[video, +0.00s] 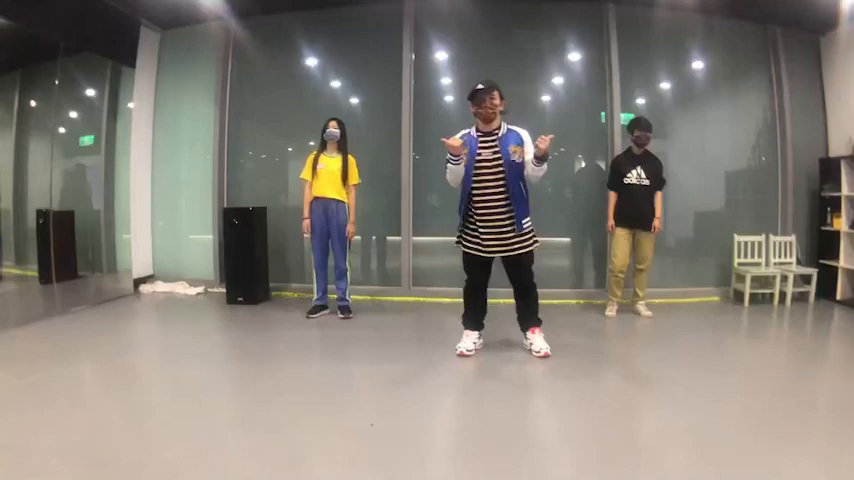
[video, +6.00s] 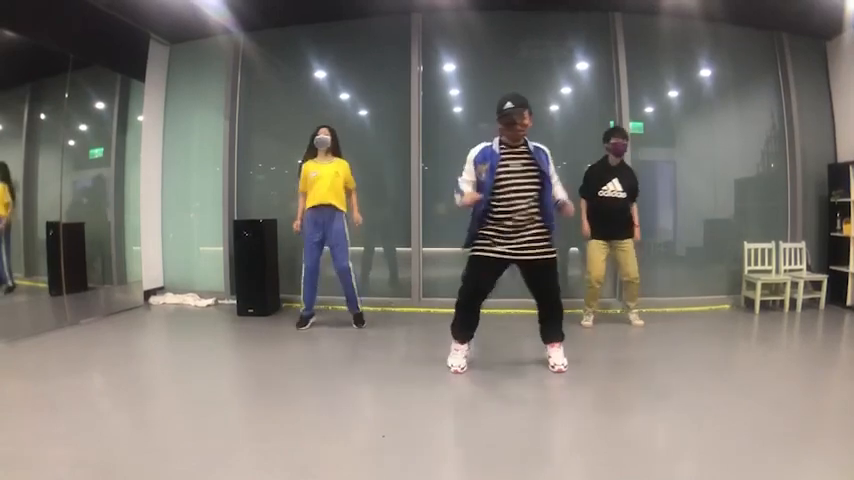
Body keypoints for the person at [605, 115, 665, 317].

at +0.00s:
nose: (642, 138)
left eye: (646, 135)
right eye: (639, 135)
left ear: (650, 137)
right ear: (631, 135)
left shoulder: (655, 162)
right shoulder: (619, 161)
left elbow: (658, 191)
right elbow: (613, 191)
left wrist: (658, 217)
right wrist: (610, 217)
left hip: (646, 221)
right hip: (622, 221)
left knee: (643, 265)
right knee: (618, 265)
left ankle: (639, 300)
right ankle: (613, 301)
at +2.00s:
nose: (640, 135)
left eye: (643, 131)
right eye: (635, 131)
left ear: (648, 134)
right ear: (628, 134)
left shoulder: (654, 160)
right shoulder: (618, 161)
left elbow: (657, 189)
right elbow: (612, 191)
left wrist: (653, 213)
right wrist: (609, 217)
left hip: (646, 222)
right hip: (622, 222)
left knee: (645, 266)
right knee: (619, 267)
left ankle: (641, 301)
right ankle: (615, 302)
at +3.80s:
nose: (639, 144)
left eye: (642, 140)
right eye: (634, 141)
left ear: (645, 142)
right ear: (626, 143)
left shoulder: (642, 169)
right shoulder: (618, 164)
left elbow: (642, 198)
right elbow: (604, 193)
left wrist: (651, 219)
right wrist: (612, 220)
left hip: (635, 228)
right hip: (614, 228)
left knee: (643, 270)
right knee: (603, 271)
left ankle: (640, 309)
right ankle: (586, 306)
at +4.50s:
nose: (609, 151)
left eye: (612, 148)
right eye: (605, 148)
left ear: (619, 148)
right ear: (600, 149)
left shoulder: (626, 171)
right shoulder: (597, 173)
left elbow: (646, 194)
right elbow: (589, 194)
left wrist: (637, 216)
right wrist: (583, 213)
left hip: (629, 234)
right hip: (604, 234)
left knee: (642, 275)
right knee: (596, 274)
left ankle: (656, 306)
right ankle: (597, 309)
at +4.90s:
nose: (635, 139)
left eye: (637, 135)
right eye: (630, 136)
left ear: (641, 138)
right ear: (621, 139)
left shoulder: (641, 167)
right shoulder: (613, 163)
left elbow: (641, 195)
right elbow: (601, 192)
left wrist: (648, 219)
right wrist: (606, 222)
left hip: (634, 227)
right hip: (612, 226)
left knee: (638, 270)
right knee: (602, 271)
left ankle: (633, 307)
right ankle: (589, 307)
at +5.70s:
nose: (606, 150)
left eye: (609, 146)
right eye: (602, 146)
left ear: (615, 149)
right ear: (596, 149)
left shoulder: (623, 171)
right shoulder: (589, 173)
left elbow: (641, 193)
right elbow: (578, 195)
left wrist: (628, 217)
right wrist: (580, 218)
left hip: (621, 234)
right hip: (596, 234)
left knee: (632, 276)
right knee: (590, 276)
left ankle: (649, 308)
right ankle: (589, 311)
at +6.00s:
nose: (619, 148)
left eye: (623, 144)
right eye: (615, 144)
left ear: (627, 146)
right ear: (606, 145)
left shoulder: (628, 172)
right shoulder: (593, 170)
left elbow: (632, 202)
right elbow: (584, 198)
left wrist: (636, 227)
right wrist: (585, 222)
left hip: (623, 234)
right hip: (598, 234)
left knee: (632, 276)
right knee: (595, 277)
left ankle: (632, 309)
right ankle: (589, 311)